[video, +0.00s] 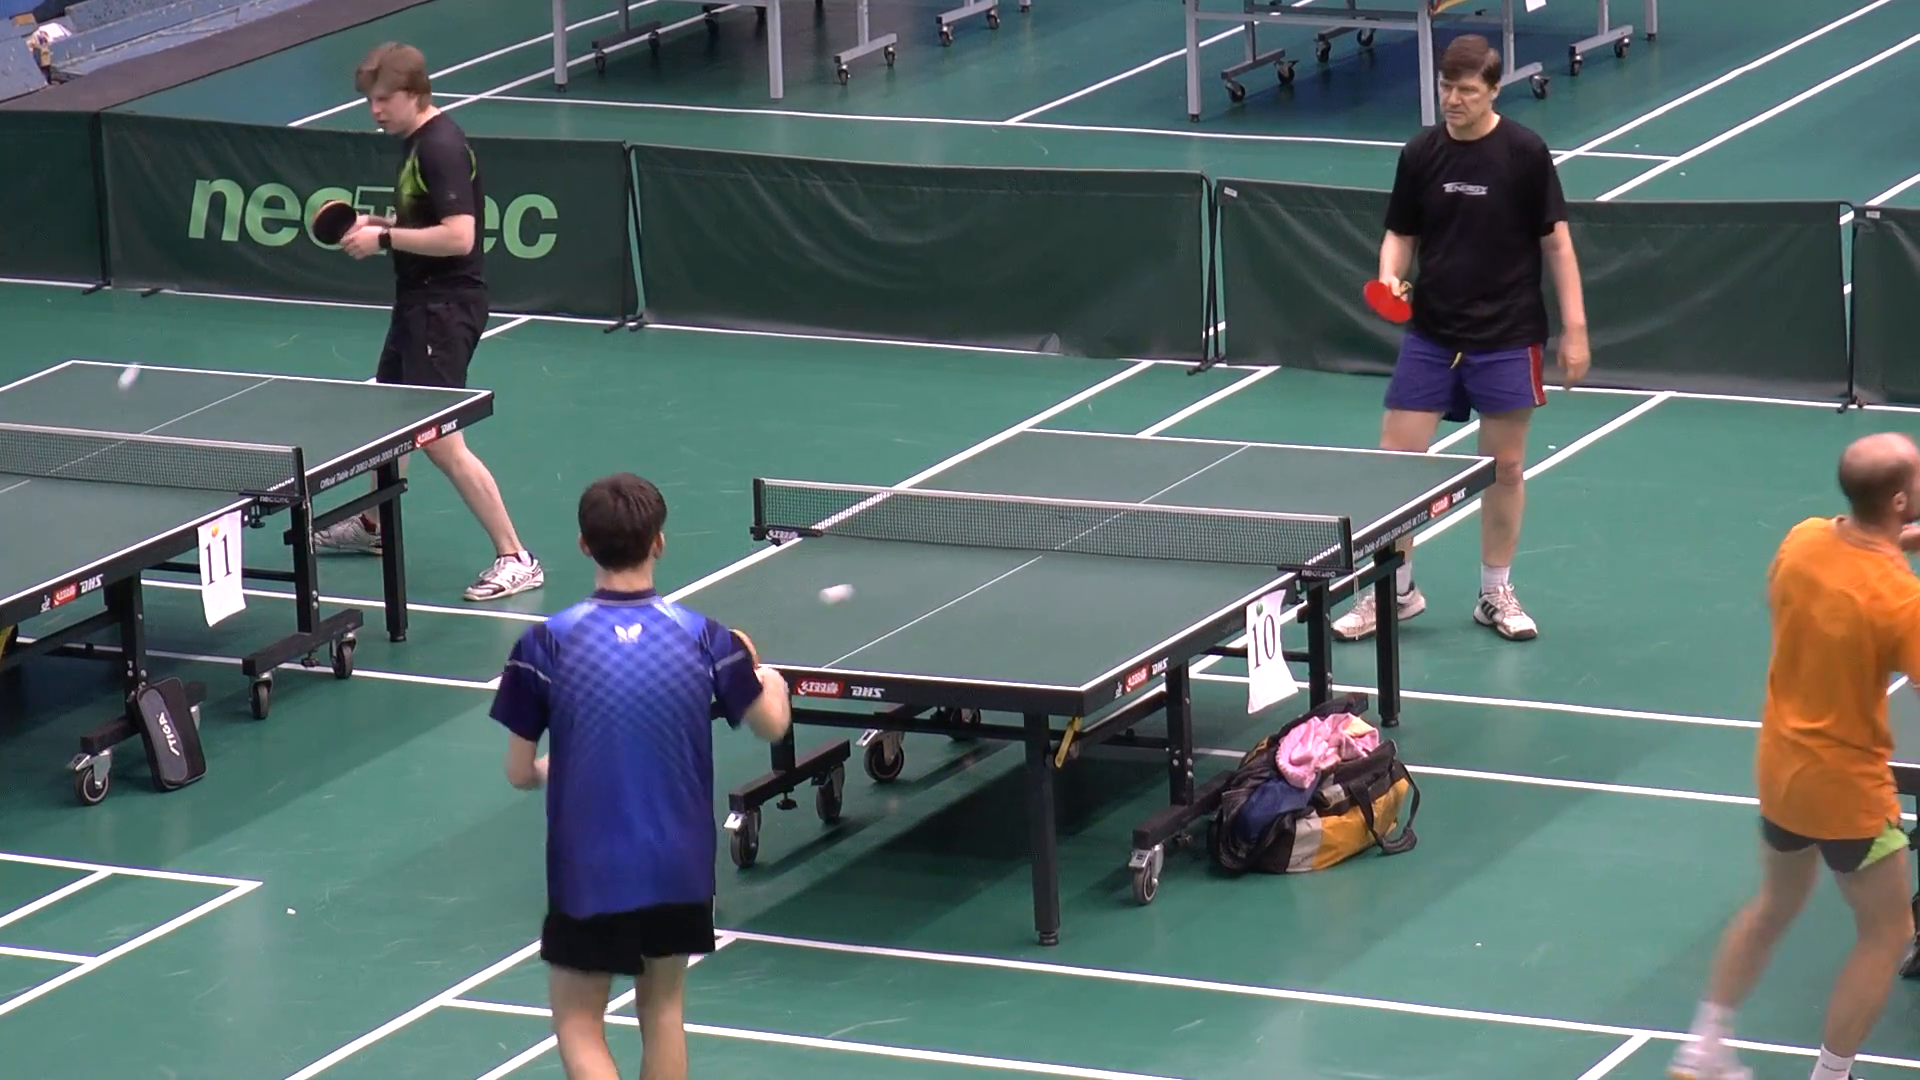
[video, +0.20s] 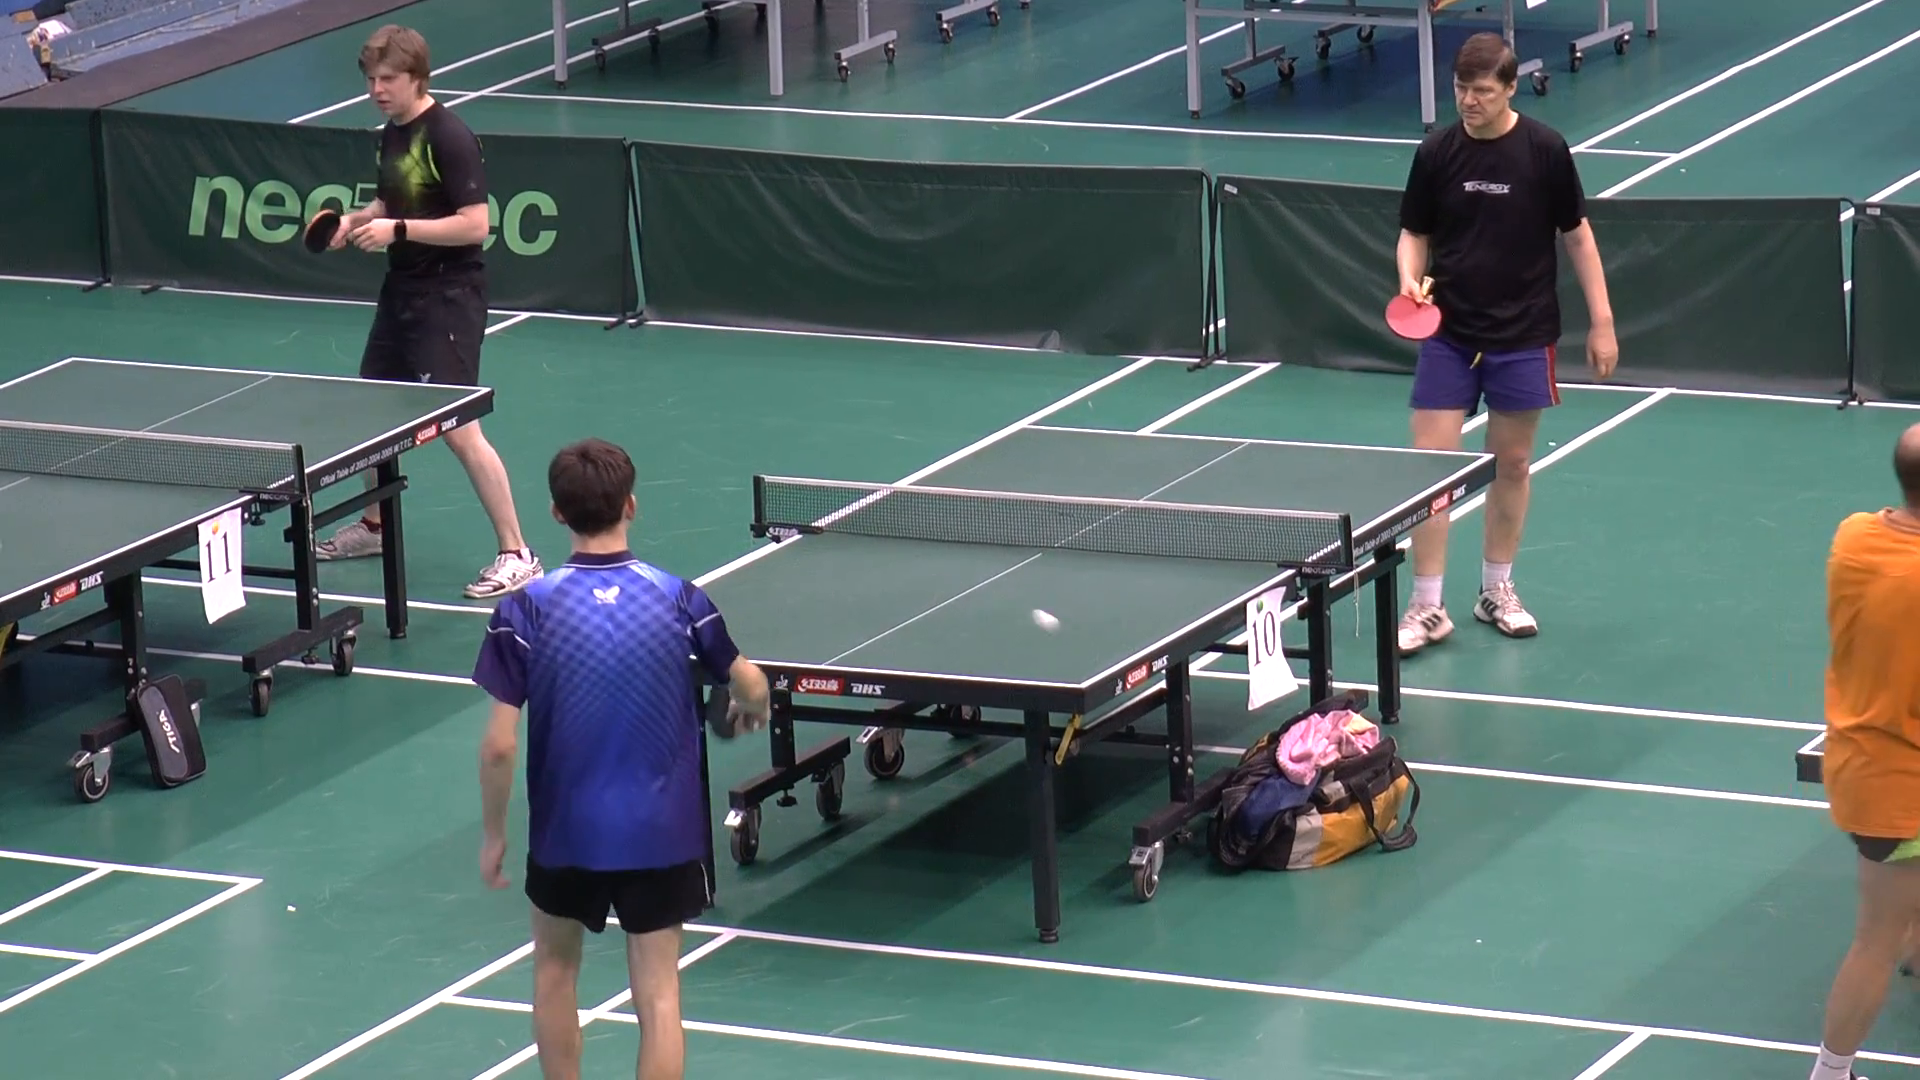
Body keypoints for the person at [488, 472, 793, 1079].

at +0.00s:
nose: (663, 539)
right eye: (661, 531)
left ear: (584, 546)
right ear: (659, 542)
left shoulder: (548, 641)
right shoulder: (702, 638)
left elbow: (520, 772)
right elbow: (773, 724)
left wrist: (571, 757)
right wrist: (757, 666)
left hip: (589, 876)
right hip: (678, 871)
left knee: (579, 1023)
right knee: (664, 1011)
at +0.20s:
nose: (634, 502)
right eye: (632, 495)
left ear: (558, 513)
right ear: (630, 506)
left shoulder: (525, 608)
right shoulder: (677, 596)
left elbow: (499, 747)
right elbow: (751, 685)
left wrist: (494, 835)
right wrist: (749, 709)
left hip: (566, 839)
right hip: (659, 837)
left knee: (556, 971)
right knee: (660, 998)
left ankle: (563, 1076)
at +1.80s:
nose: (505, 361)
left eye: (501, 351)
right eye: (502, 352)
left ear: (436, 363)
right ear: (489, 363)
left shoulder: (392, 438)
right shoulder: (506, 455)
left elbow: (364, 546)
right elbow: (535, 583)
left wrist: (405, 596)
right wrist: (560, 608)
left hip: (426, 661)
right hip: (504, 664)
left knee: (433, 789)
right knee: (548, 797)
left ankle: (440, 952)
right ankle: (537, 965)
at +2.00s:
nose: (496, 352)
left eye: (492, 341)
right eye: (493, 344)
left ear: (426, 353)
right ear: (477, 354)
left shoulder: (384, 424)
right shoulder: (486, 448)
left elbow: (360, 541)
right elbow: (494, 576)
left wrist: (408, 586)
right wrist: (536, 631)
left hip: (413, 648)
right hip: (482, 652)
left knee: (433, 779)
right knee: (510, 787)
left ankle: (438, 950)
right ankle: (487, 961)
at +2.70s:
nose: (466, 367)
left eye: (464, 355)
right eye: (463, 357)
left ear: (398, 357)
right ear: (444, 364)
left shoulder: (351, 417)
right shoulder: (428, 456)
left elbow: (309, 521)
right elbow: (436, 582)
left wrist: (365, 579)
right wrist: (497, 621)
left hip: (351, 637)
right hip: (404, 649)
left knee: (367, 757)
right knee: (466, 788)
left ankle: (339, 909)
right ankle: (477, 963)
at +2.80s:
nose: (462, 369)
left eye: (460, 357)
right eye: (459, 358)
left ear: (397, 359)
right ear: (440, 364)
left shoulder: (346, 419)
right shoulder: (428, 454)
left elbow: (305, 525)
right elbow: (434, 581)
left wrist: (359, 583)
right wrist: (495, 607)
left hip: (350, 637)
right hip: (405, 648)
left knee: (369, 754)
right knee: (469, 790)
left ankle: (339, 910)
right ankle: (479, 968)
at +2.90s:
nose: (460, 367)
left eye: (459, 356)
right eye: (457, 357)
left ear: (393, 362)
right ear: (437, 365)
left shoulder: (344, 426)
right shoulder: (431, 455)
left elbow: (306, 532)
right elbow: (442, 582)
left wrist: (358, 594)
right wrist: (501, 600)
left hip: (357, 646)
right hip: (416, 654)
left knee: (369, 762)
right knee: (476, 790)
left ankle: (339, 910)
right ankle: (485, 970)